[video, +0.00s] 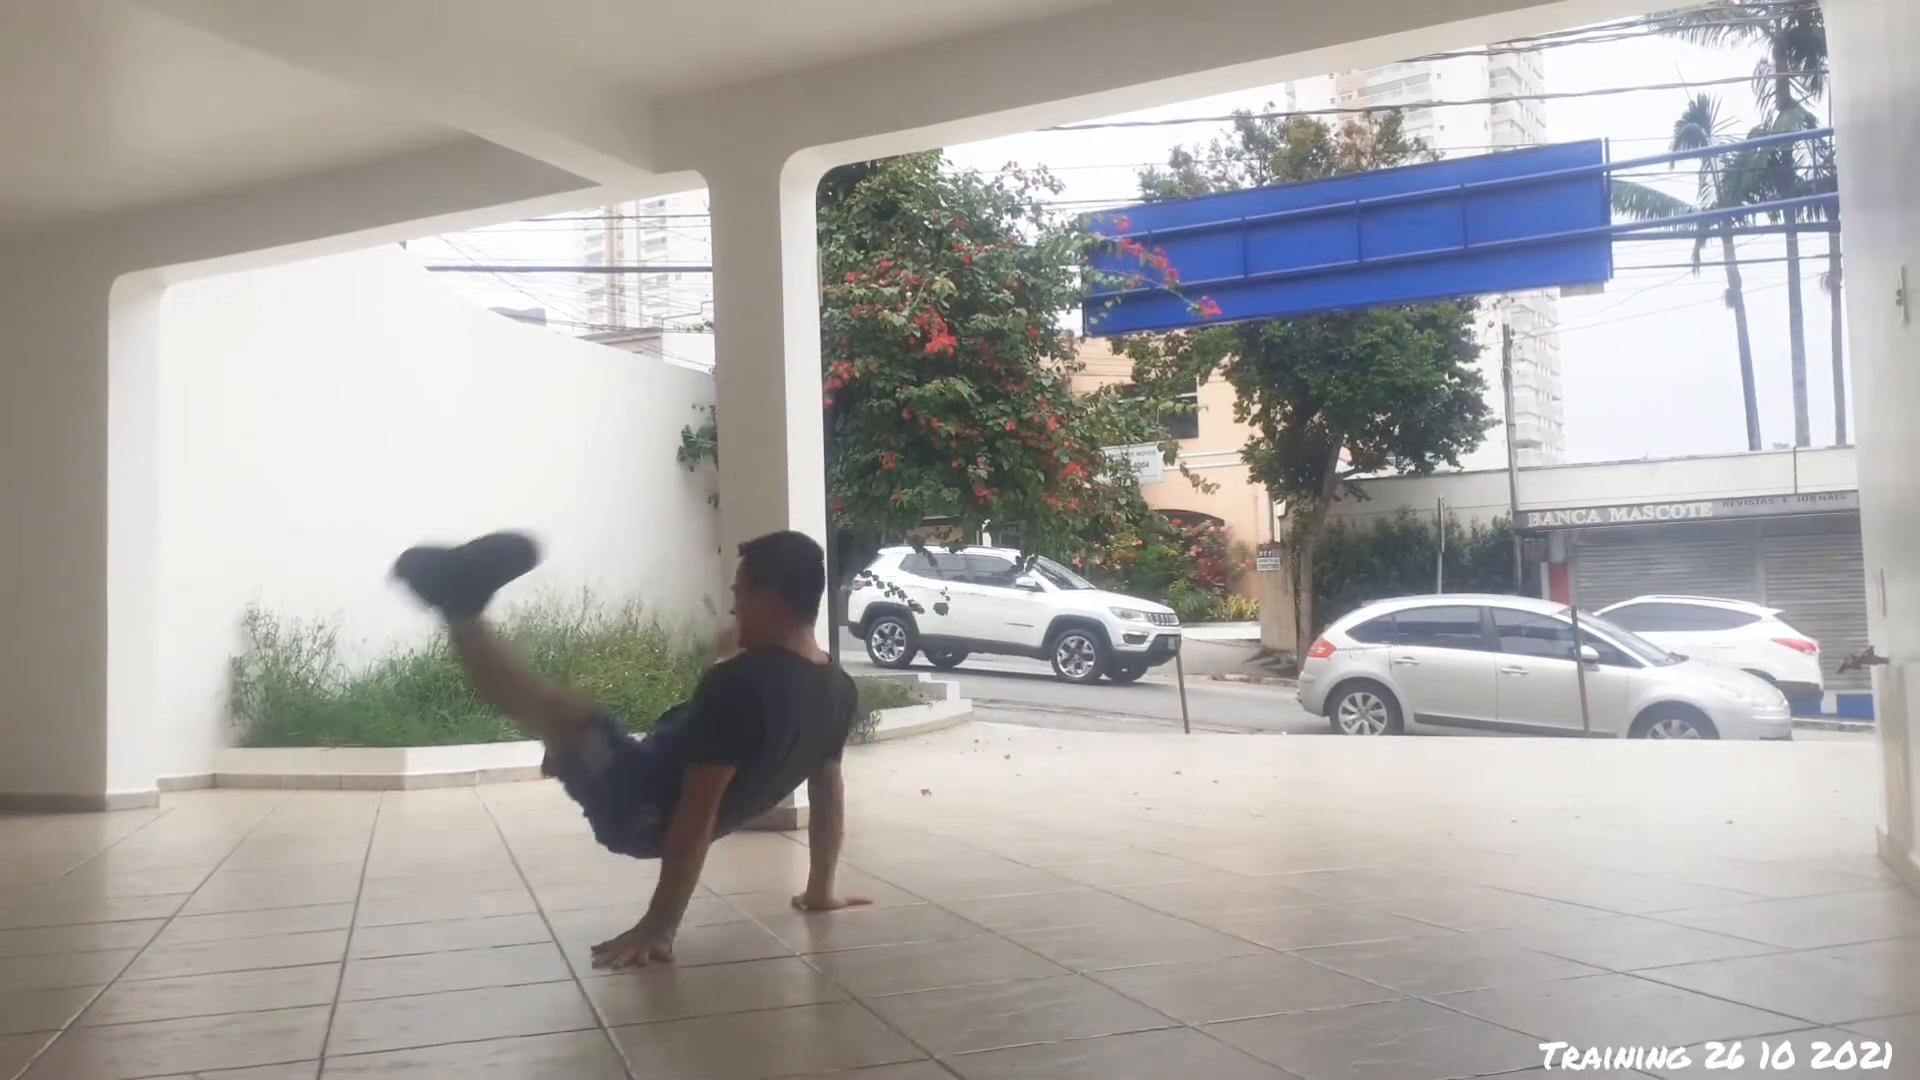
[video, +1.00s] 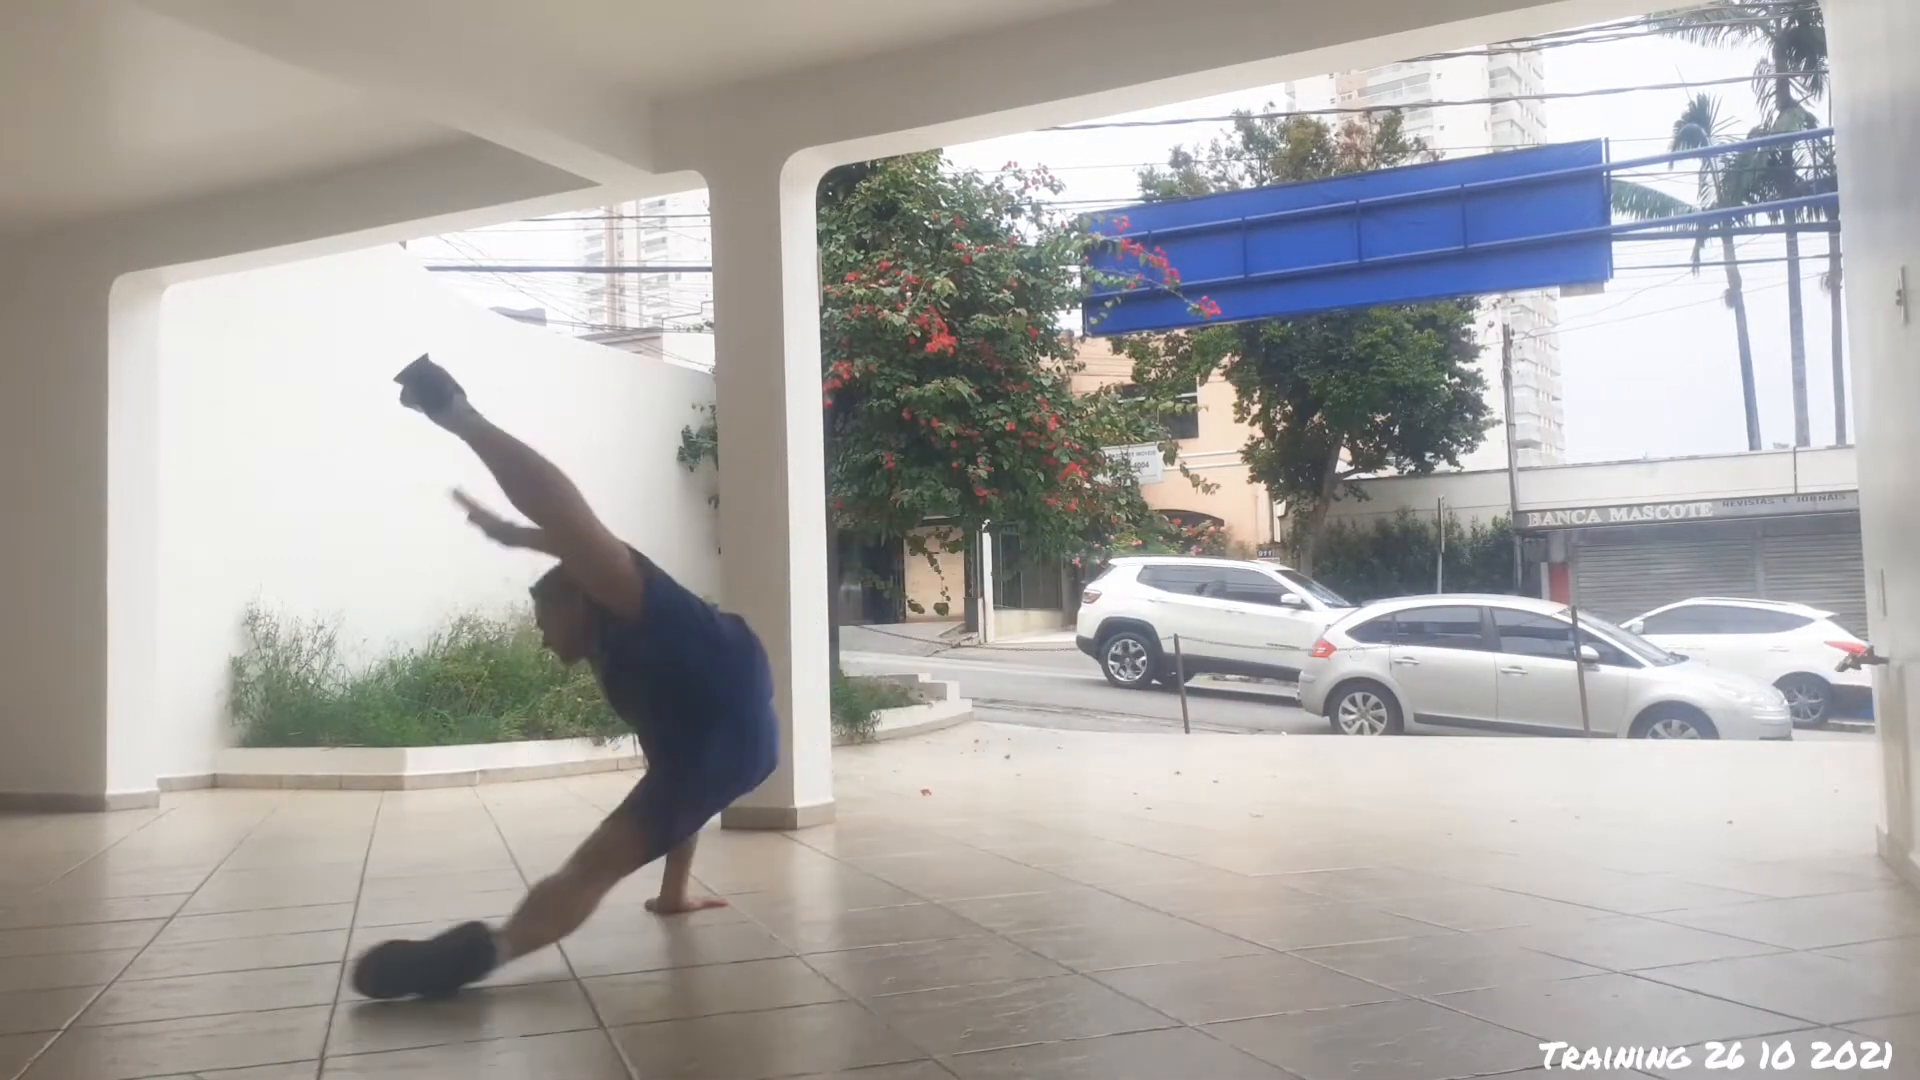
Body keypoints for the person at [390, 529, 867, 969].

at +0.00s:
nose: (733, 604)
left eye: (741, 589)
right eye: (736, 589)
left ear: (771, 597)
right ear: (806, 600)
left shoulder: (740, 682)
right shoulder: (836, 688)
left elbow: (697, 814)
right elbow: (827, 794)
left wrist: (657, 926)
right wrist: (820, 891)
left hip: (639, 810)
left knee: (566, 714)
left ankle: (463, 608)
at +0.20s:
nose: (627, 600)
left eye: (629, 587)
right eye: (625, 586)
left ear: (655, 596)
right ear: (710, 581)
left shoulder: (642, 684)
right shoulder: (777, 637)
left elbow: (652, 817)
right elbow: (830, 706)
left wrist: (655, 930)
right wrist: (841, 675)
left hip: (670, 827)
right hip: (746, 799)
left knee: (523, 848)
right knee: (715, 565)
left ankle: (592, 879)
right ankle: (696, 438)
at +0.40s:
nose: (472, 659)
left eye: (464, 646)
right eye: (461, 647)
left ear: (484, 632)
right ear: (514, 582)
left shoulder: (553, 703)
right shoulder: (607, 578)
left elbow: (624, 816)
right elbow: (707, 587)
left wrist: (652, 931)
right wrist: (685, 571)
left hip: (772, 761)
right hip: (795, 672)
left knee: (775, 878)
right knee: (775, 567)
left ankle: (928, 886)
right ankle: (777, 463)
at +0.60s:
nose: (468, 734)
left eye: (460, 718)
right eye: (457, 724)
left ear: (489, 691)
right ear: (501, 675)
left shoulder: (553, 703)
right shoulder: (588, 673)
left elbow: (627, 806)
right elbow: (661, 784)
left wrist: (649, 924)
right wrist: (677, 889)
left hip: (729, 620)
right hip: (755, 570)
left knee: (760, 785)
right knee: (880, 571)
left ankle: (887, 865)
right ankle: (978, 553)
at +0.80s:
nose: (491, 719)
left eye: (485, 703)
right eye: (484, 709)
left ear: (506, 677)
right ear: (525, 681)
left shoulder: (554, 675)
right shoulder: (625, 700)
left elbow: (584, 772)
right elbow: (677, 785)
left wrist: (608, 884)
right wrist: (672, 885)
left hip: (732, 570)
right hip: (784, 622)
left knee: (604, 557)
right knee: (880, 746)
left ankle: (460, 494)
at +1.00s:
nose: (545, 639)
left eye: (546, 620)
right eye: (541, 624)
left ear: (576, 601)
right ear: (581, 612)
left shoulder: (628, 608)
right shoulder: (637, 682)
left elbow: (593, 546)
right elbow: (684, 785)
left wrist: (512, 534)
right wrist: (676, 890)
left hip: (724, 656)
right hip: (739, 753)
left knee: (581, 527)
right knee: (594, 866)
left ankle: (460, 416)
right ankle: (484, 951)